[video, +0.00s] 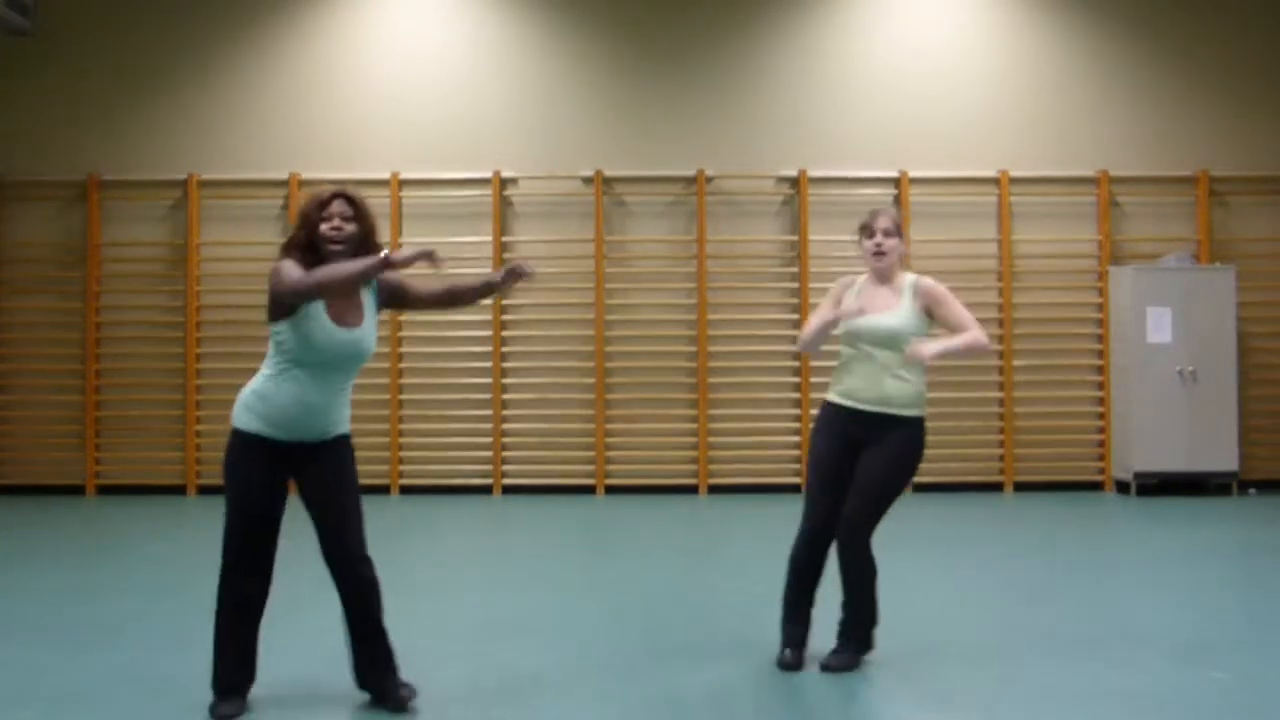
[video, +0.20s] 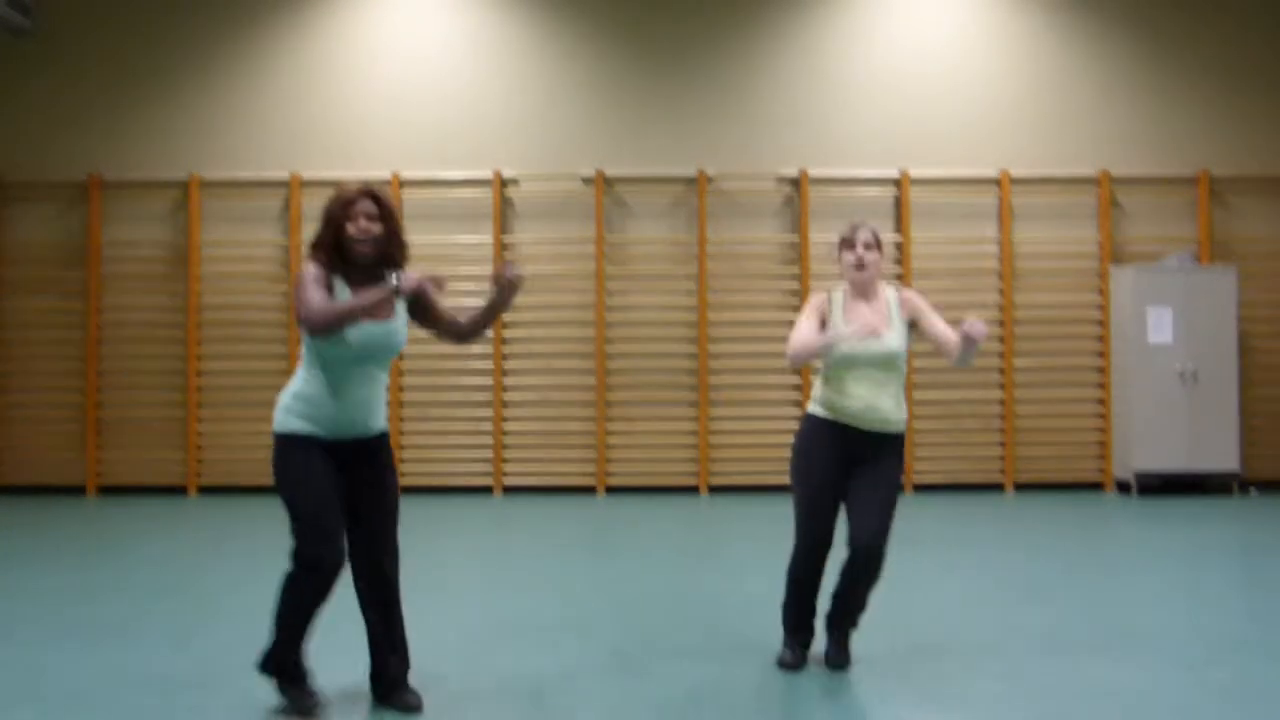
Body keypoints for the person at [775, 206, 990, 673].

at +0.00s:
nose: (879, 242)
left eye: (888, 234)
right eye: (871, 235)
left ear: (903, 242)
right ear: (860, 244)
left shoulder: (923, 290)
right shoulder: (846, 289)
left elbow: (979, 337)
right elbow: (805, 344)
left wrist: (935, 347)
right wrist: (836, 316)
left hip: (898, 426)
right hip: (839, 419)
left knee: (853, 531)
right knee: (815, 527)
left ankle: (855, 642)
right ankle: (793, 639)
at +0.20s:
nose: (860, 255)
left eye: (869, 248)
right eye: (852, 247)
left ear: (883, 257)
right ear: (840, 257)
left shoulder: (905, 300)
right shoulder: (823, 302)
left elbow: (954, 352)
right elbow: (795, 352)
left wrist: (969, 339)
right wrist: (837, 335)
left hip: (883, 442)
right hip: (825, 435)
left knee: (869, 549)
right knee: (812, 544)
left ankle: (840, 630)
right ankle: (795, 638)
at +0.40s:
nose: (872, 248)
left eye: (881, 241)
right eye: (862, 242)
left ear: (894, 253)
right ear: (849, 256)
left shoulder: (914, 301)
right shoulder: (838, 304)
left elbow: (946, 352)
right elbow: (835, 369)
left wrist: (939, 369)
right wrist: (895, 357)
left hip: (902, 437)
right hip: (845, 437)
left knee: (929, 543)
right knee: (833, 546)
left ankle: (911, 639)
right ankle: (799, 638)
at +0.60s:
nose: (889, 239)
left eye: (896, 232)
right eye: (879, 234)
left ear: (909, 240)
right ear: (865, 246)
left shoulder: (929, 285)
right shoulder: (859, 292)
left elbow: (992, 303)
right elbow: (900, 304)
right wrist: (959, 258)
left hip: (928, 425)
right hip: (875, 426)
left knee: (961, 532)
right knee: (893, 538)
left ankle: (926, 630)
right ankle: (868, 642)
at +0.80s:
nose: (909, 254)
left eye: (916, 246)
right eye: (898, 249)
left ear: (928, 253)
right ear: (884, 261)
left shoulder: (952, 293)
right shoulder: (882, 311)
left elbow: (1012, 321)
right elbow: (926, 335)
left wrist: (1067, 294)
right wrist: (994, 295)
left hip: (966, 434)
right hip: (909, 438)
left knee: (993, 544)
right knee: (923, 554)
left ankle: (1024, 649)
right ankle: (869, 640)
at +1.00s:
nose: (922, 264)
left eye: (929, 256)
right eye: (911, 259)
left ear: (942, 263)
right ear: (898, 270)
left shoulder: (971, 308)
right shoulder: (888, 324)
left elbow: (1009, 369)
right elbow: (880, 398)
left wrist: (997, 415)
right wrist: (931, 425)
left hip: (991, 441)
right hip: (932, 451)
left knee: (1006, 549)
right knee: (951, 560)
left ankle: (1027, 650)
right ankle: (969, 645)